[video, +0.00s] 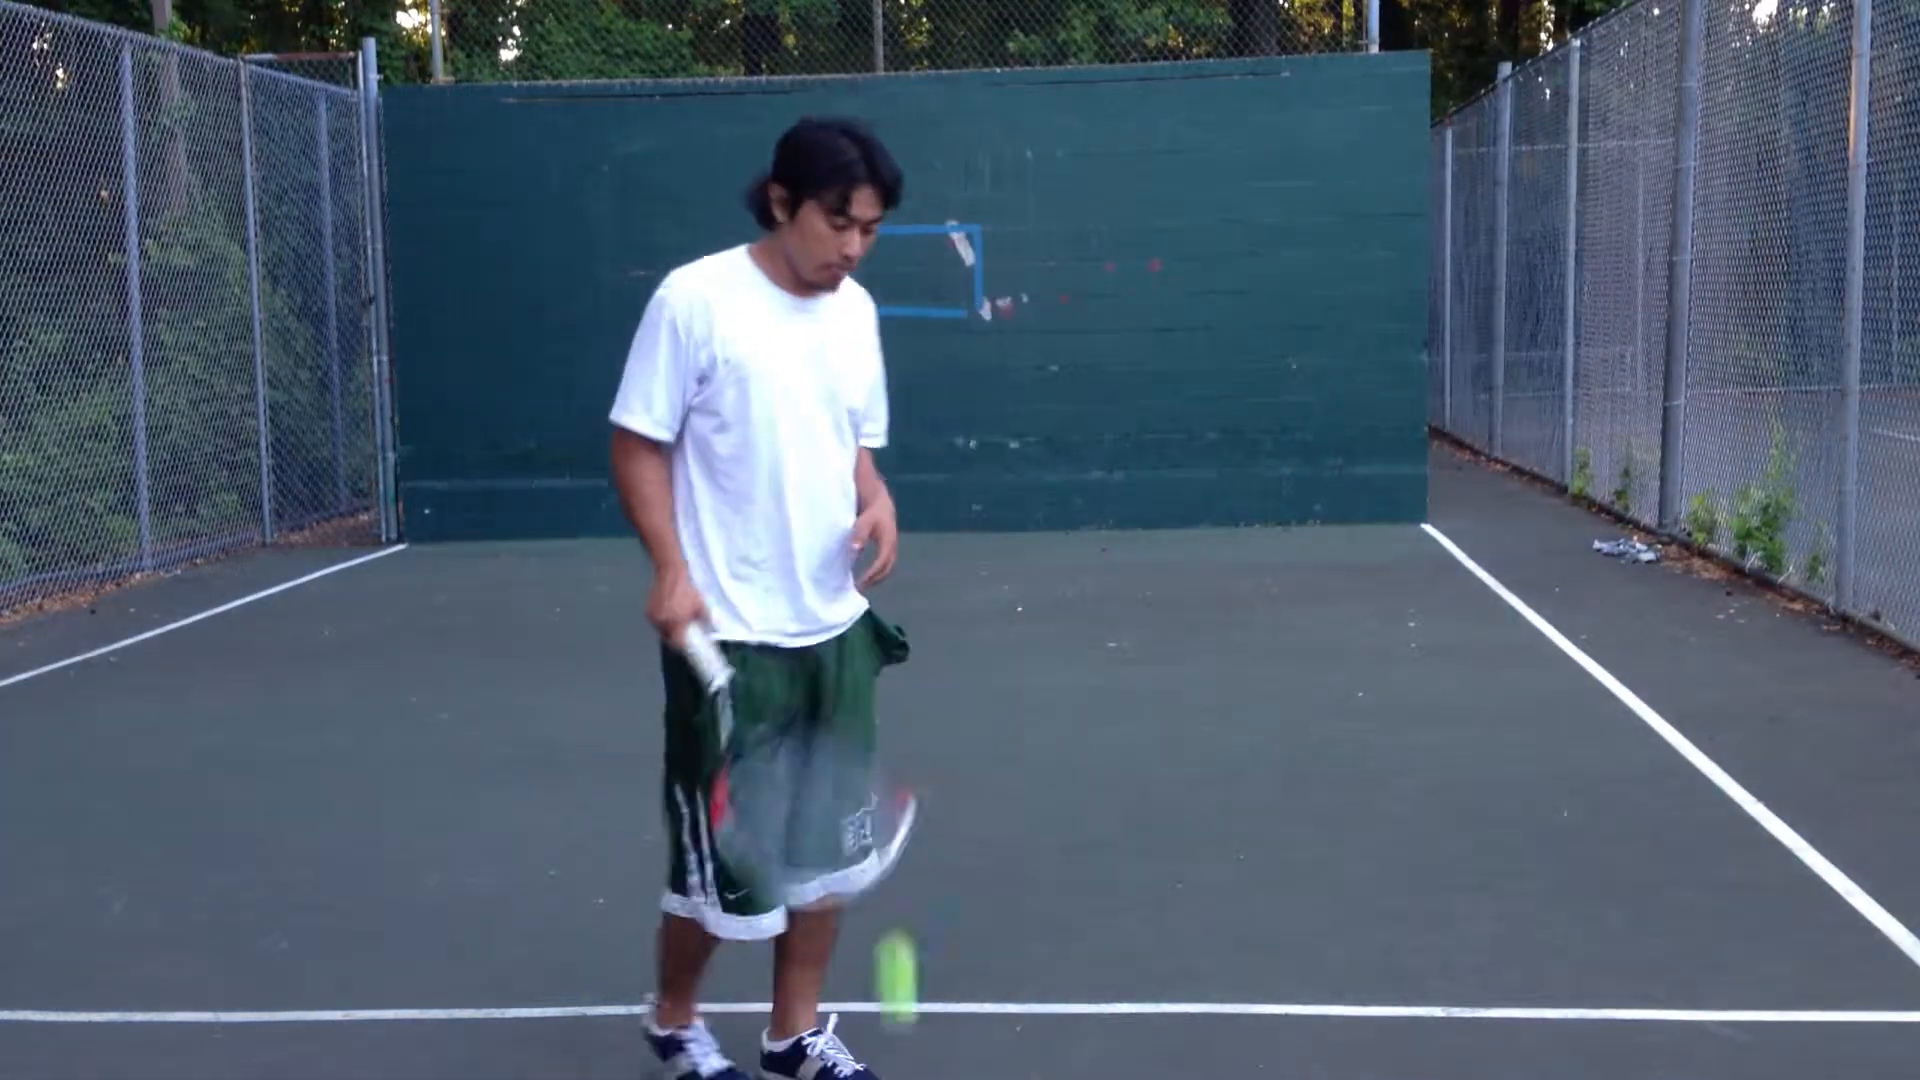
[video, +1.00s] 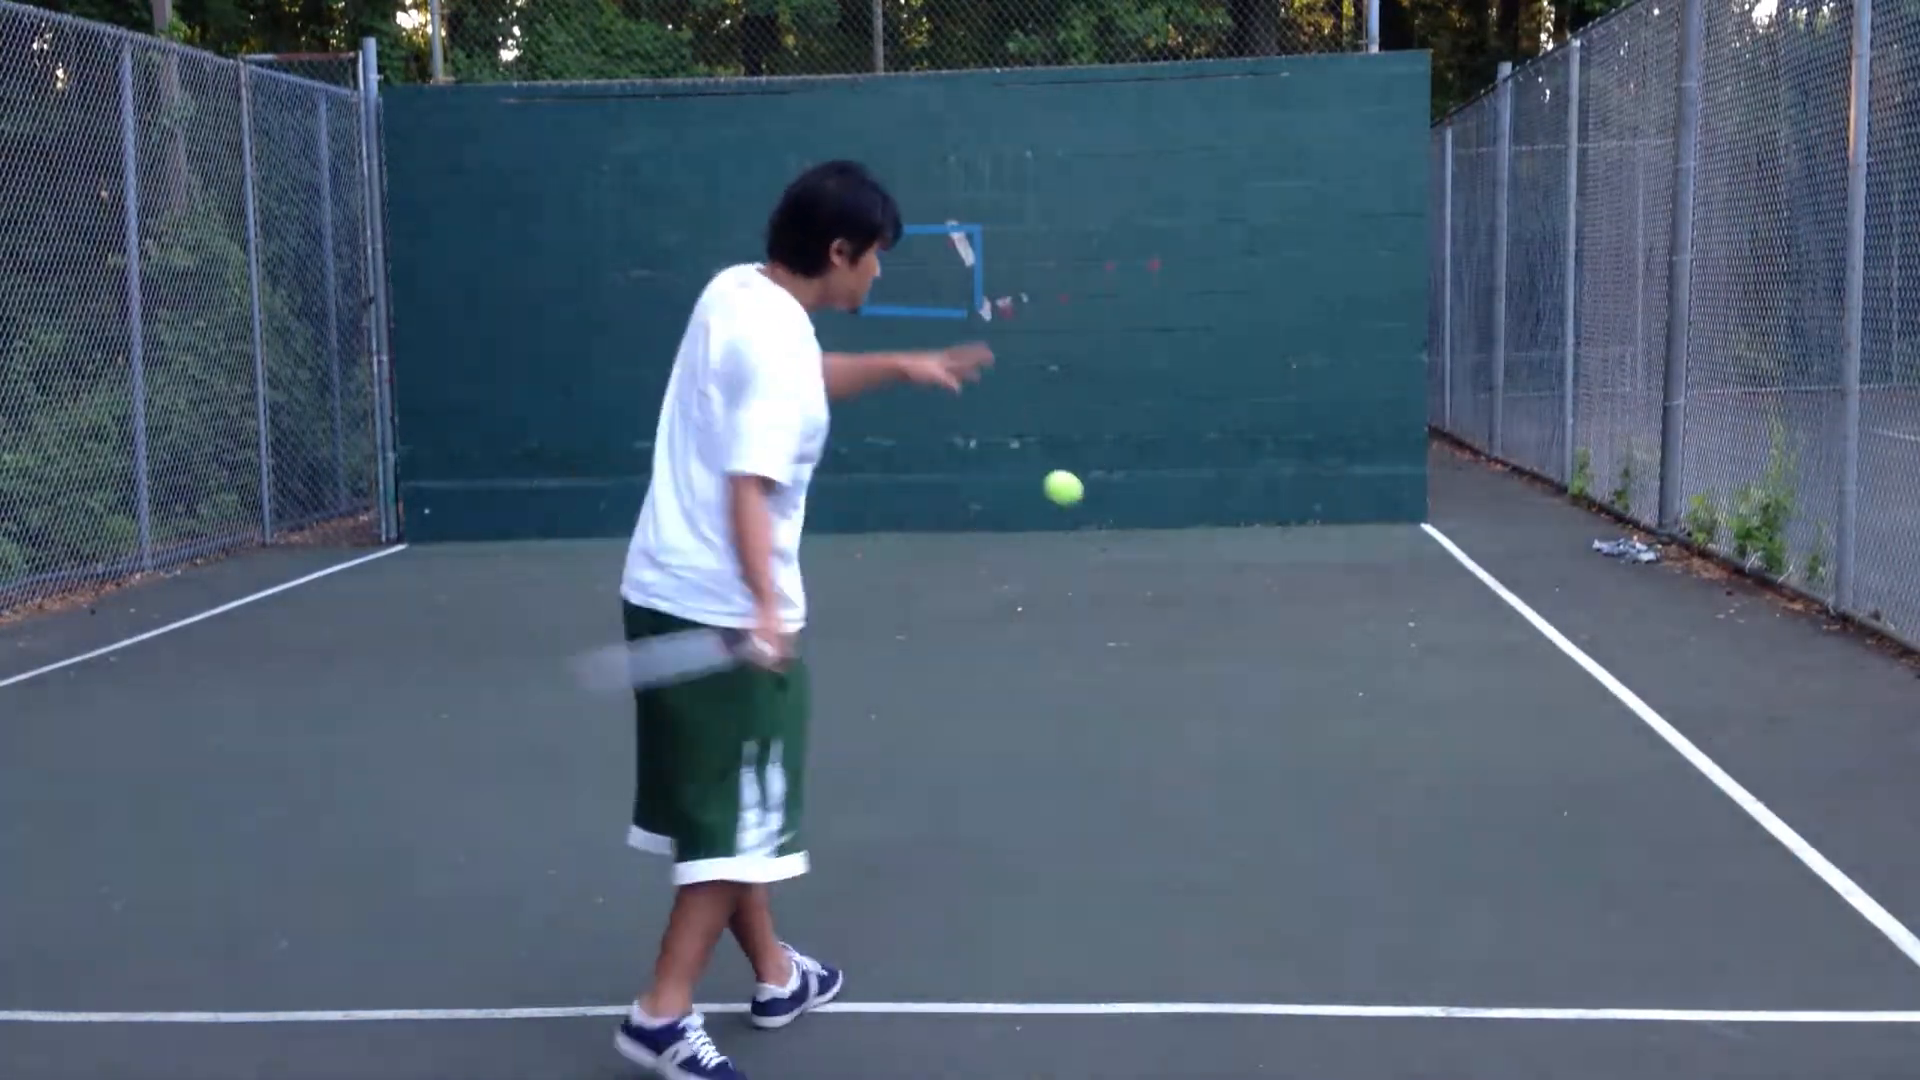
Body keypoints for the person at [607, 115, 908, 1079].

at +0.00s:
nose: (854, 249)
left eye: (869, 229)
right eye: (840, 224)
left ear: (877, 223)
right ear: (782, 206)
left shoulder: (853, 308)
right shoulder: (692, 299)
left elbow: (849, 439)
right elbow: (636, 444)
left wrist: (877, 496)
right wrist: (670, 568)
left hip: (835, 628)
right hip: (727, 635)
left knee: (828, 850)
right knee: (721, 856)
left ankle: (795, 1037)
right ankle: (673, 1025)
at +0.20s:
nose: (830, 257)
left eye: (838, 237)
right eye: (817, 234)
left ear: (827, 232)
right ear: (753, 217)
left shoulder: (811, 311)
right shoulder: (657, 323)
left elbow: (814, 439)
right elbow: (601, 469)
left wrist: (863, 490)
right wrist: (624, 603)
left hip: (796, 628)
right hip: (685, 641)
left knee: (817, 839)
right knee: (668, 853)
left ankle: (802, 1021)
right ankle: (655, 1033)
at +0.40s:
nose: (834, 244)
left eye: (833, 225)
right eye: (823, 226)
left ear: (772, 233)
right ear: (768, 232)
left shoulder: (799, 314)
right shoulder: (639, 322)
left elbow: (804, 438)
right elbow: (574, 457)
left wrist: (833, 508)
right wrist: (596, 584)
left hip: (768, 627)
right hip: (663, 636)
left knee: (768, 833)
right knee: (661, 851)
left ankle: (715, 993)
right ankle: (652, 1034)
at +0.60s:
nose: (842, 248)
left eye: (840, 231)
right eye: (836, 232)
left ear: (775, 233)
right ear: (800, 239)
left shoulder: (792, 316)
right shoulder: (663, 323)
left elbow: (794, 460)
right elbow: (587, 455)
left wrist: (848, 555)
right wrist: (590, 563)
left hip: (751, 614)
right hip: (655, 627)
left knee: (783, 792)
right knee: (652, 839)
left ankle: (734, 970)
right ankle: (653, 1032)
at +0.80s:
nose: (862, 269)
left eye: (864, 253)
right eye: (859, 252)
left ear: (810, 245)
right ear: (824, 247)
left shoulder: (792, 331)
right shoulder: (713, 326)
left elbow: (833, 443)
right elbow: (630, 444)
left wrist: (932, 490)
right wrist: (619, 533)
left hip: (730, 618)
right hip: (674, 619)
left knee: (736, 807)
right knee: (672, 833)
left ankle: (776, 976)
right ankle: (652, 1036)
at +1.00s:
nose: (876, 276)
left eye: (880, 260)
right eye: (875, 259)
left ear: (808, 242)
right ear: (838, 252)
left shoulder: (735, 291)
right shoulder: (779, 344)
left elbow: (796, 376)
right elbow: (748, 487)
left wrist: (904, 364)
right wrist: (767, 605)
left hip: (673, 591)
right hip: (728, 607)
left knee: (721, 803)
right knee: (734, 820)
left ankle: (776, 976)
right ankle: (660, 1017)